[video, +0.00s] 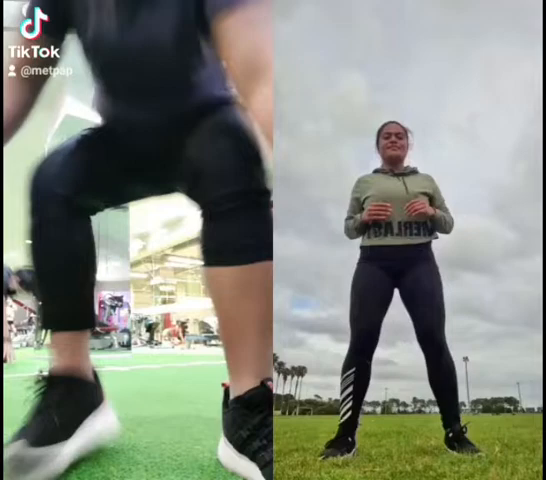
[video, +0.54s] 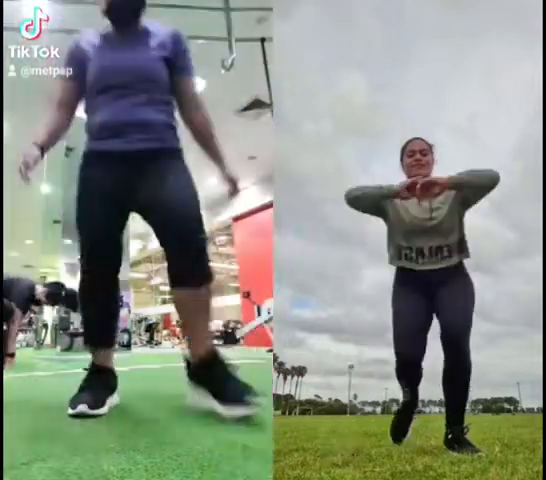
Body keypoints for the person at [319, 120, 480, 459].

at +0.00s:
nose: (394, 140)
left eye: (399, 136)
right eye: (387, 136)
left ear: (409, 145)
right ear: (378, 146)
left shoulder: (426, 182)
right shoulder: (364, 183)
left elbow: (447, 224)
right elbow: (349, 229)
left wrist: (431, 212)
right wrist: (364, 217)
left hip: (418, 263)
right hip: (373, 265)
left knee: (434, 342)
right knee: (361, 344)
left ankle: (455, 434)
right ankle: (345, 437)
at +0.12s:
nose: (393, 141)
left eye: (399, 137)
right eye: (386, 137)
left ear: (408, 146)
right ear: (377, 147)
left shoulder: (425, 184)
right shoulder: (363, 184)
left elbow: (445, 224)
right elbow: (347, 228)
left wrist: (433, 223)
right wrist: (360, 227)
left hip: (418, 265)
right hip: (372, 266)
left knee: (436, 342)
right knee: (359, 344)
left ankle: (455, 434)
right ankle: (345, 437)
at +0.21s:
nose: (394, 143)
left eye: (400, 138)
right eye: (388, 139)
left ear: (410, 145)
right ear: (379, 148)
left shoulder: (426, 183)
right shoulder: (365, 183)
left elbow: (449, 225)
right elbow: (347, 225)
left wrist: (433, 215)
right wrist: (363, 218)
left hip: (419, 266)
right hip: (374, 267)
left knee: (438, 342)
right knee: (360, 344)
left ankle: (454, 434)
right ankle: (345, 437)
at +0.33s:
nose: (397, 143)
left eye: (403, 138)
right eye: (391, 139)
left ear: (412, 146)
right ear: (382, 148)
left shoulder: (430, 183)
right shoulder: (369, 182)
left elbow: (455, 223)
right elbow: (348, 224)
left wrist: (433, 210)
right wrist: (369, 214)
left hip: (423, 266)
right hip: (378, 266)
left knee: (440, 341)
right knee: (364, 344)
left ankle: (454, 433)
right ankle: (344, 438)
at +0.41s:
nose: (407, 148)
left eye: (413, 144)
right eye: (400, 145)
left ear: (423, 151)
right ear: (392, 156)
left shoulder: (440, 181)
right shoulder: (382, 188)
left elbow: (474, 193)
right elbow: (349, 206)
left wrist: (432, 186)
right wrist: (389, 194)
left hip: (442, 270)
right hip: (399, 273)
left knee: (453, 345)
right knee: (375, 345)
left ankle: (455, 435)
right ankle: (348, 435)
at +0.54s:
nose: (417, 158)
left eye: (423, 153)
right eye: (411, 154)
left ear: (434, 160)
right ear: (401, 164)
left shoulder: (455, 194)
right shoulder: (389, 201)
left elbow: (491, 178)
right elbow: (352, 197)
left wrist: (447, 182)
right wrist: (397, 192)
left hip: (452, 281)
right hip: (409, 284)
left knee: (457, 349)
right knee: (406, 357)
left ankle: (456, 433)